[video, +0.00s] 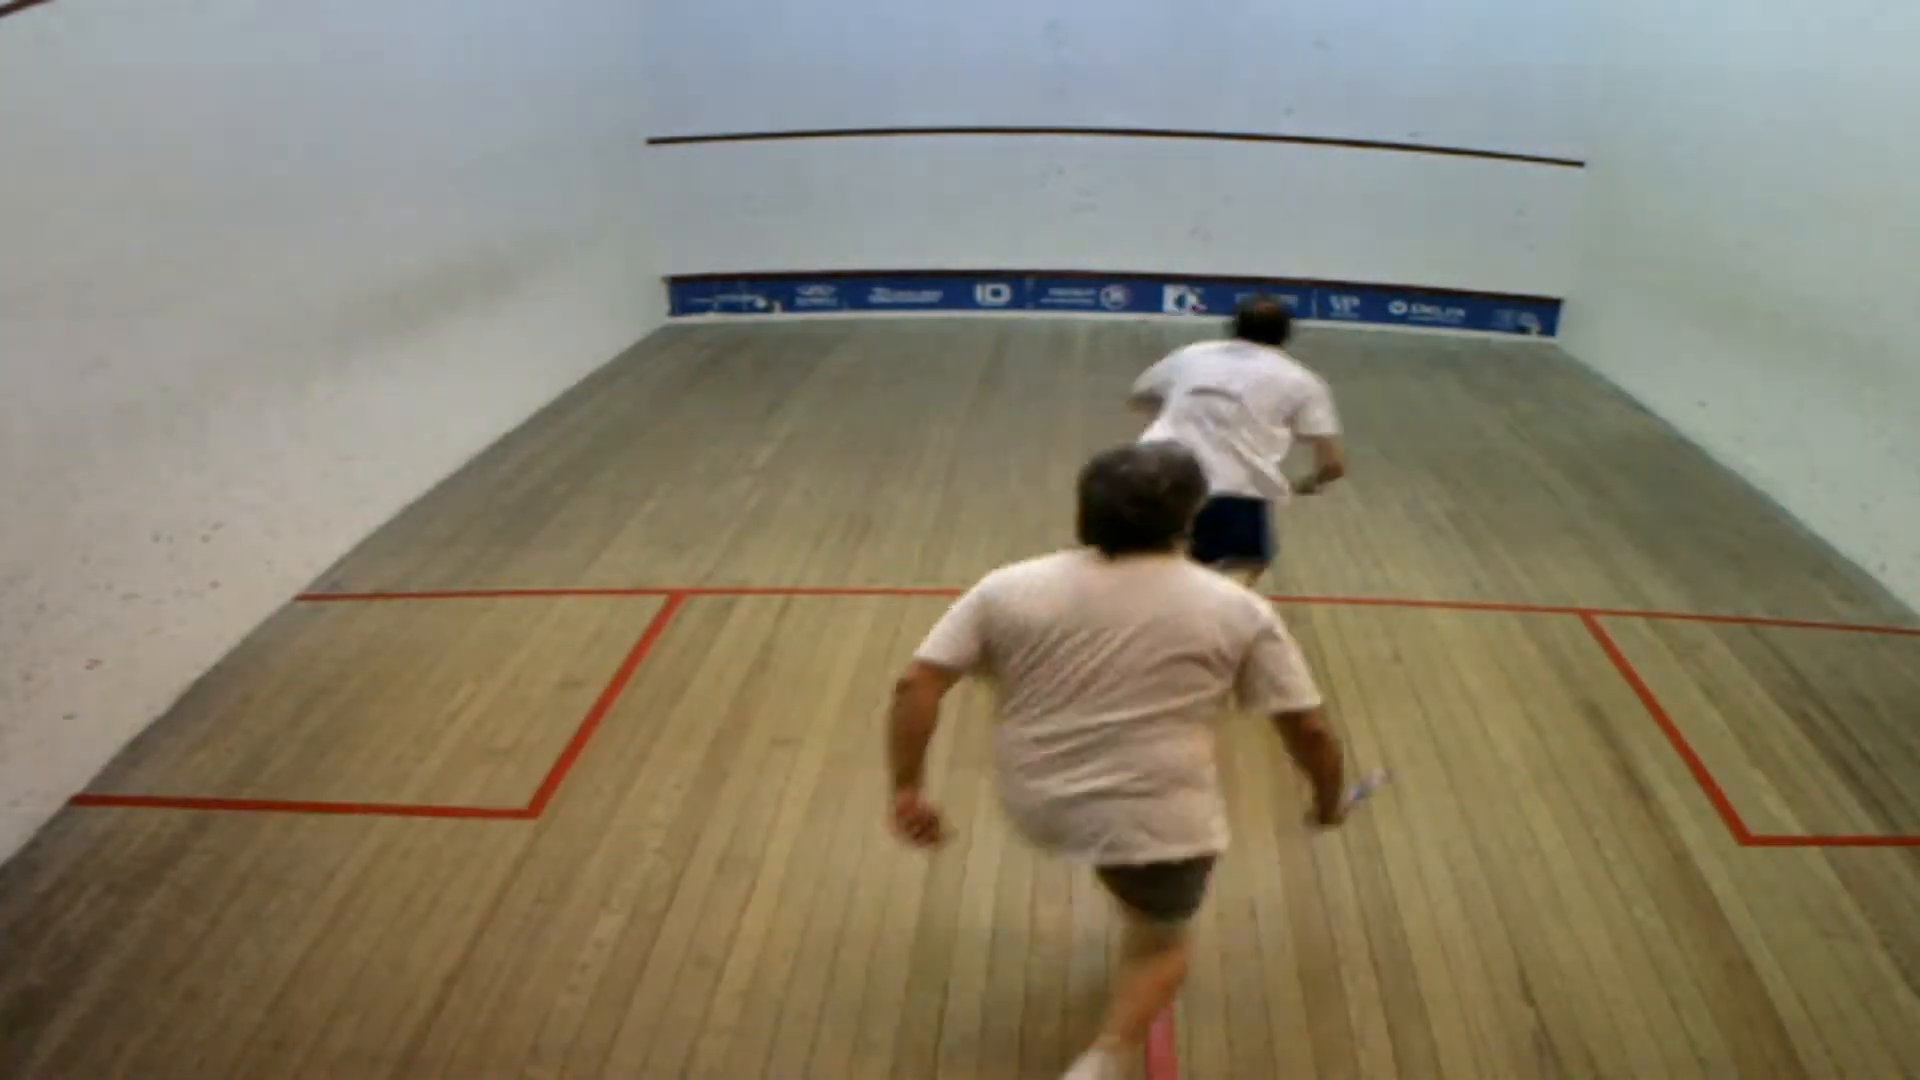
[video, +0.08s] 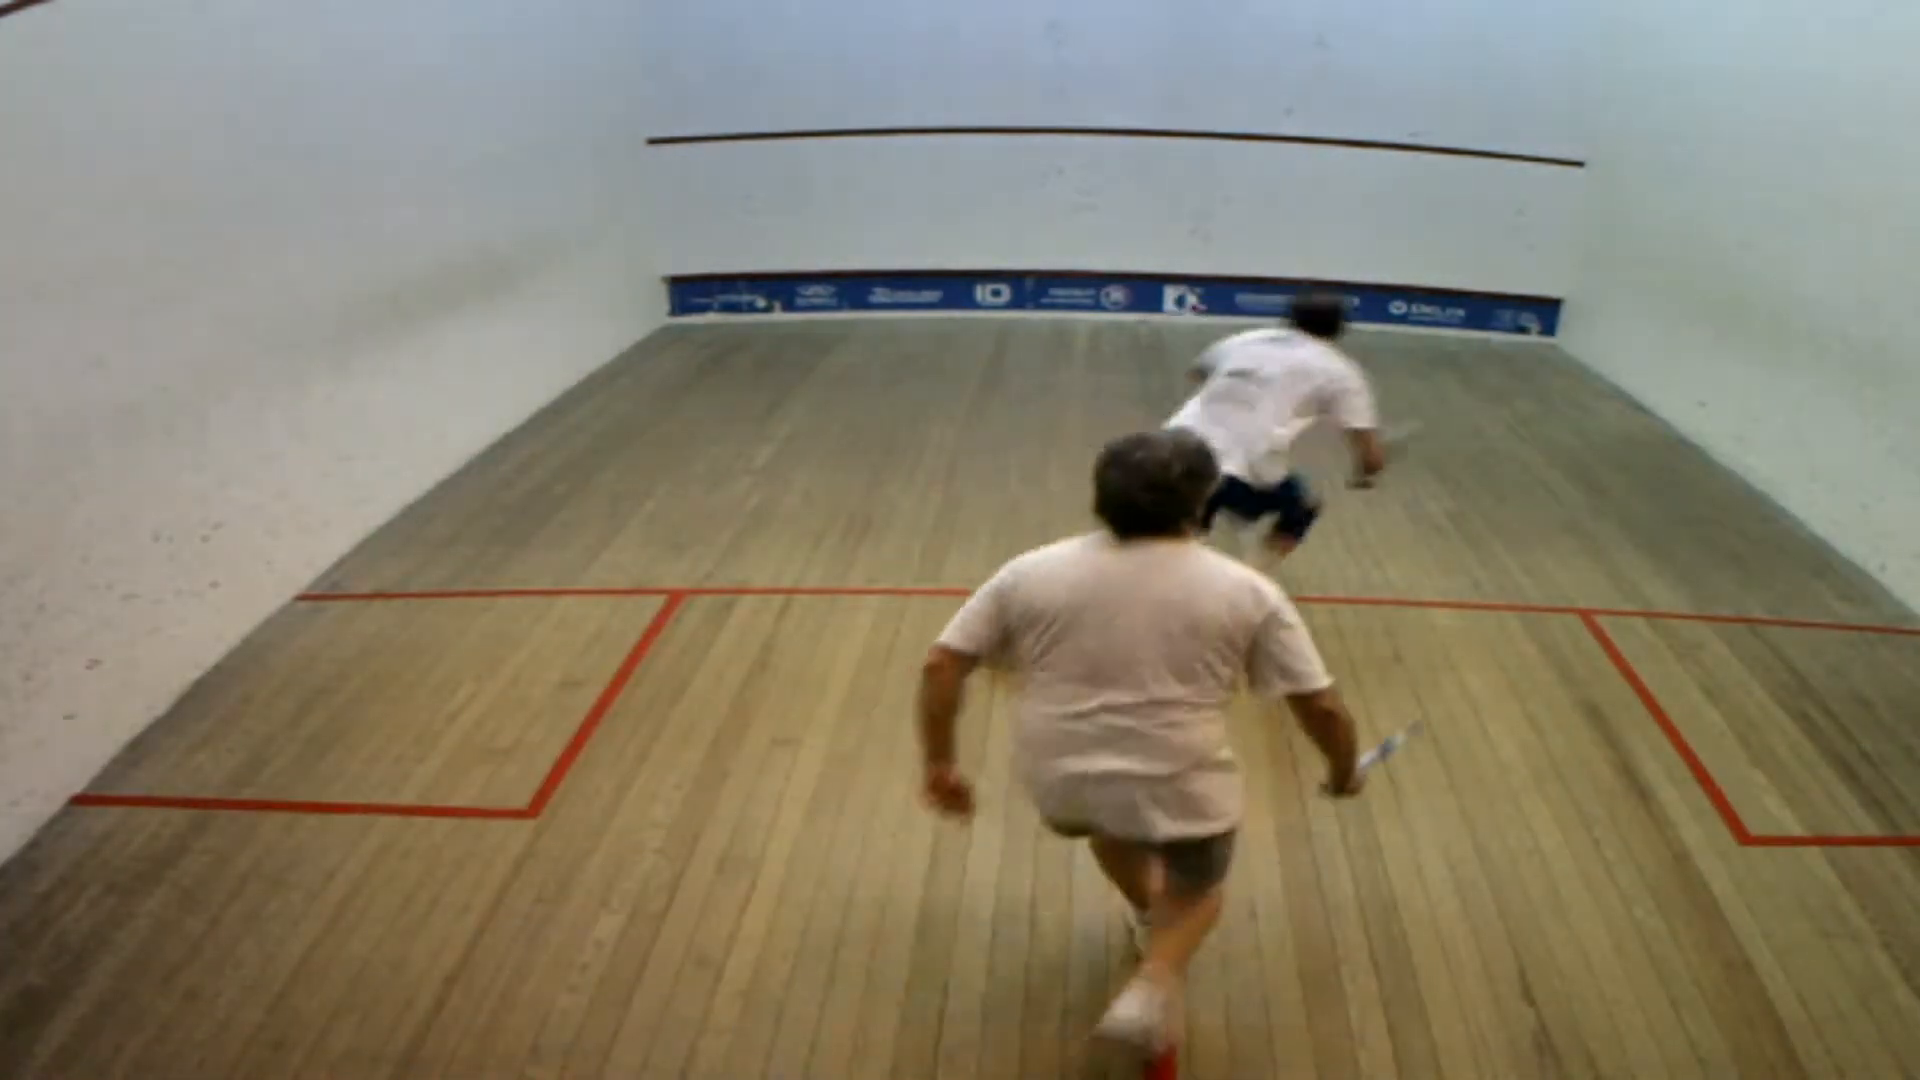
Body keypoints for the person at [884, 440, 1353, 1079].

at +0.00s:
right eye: (1193, 516)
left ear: (1087, 516)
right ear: (1185, 524)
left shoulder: (1015, 591)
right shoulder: (1229, 608)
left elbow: (916, 684)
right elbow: (1310, 731)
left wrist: (905, 789)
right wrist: (1330, 800)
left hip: (1039, 812)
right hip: (1160, 828)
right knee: (1158, 949)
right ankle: (1101, 1062)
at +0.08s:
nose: (1210, 509)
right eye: (1206, 500)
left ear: (1103, 501)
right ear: (1197, 510)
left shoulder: (1037, 575)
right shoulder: (1240, 590)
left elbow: (942, 664)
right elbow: (1320, 707)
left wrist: (939, 765)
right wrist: (1345, 768)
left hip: (1063, 792)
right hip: (1182, 793)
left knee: (1110, 829)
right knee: (1196, 888)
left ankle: (1157, 919)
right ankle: (1147, 992)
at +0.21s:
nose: (1239, 473)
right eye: (1234, 464)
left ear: (1143, 465)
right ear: (1226, 470)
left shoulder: (1085, 526)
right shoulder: (1270, 544)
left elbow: (1002, 610)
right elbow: (1341, 652)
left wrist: (1024, 659)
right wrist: (1362, 719)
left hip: (1095, 720)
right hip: (1207, 718)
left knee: (1121, 787)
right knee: (1224, 755)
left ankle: (1156, 914)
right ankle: (1225, 855)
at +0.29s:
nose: (1245, 453)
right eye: (1242, 444)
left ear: (1158, 446)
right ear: (1236, 450)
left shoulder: (1102, 504)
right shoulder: (1281, 526)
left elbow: (1024, 570)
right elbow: (1344, 631)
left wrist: (1068, 609)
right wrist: (1360, 699)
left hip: (1113, 704)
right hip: (1222, 700)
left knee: (1118, 777)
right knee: (1236, 732)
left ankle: (1154, 888)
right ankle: (1243, 779)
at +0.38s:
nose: (1251, 449)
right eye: (1248, 441)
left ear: (1170, 443)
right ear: (1244, 449)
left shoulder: (1119, 502)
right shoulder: (1291, 522)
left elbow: (1043, 559)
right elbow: (1348, 618)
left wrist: (1078, 588)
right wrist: (1359, 690)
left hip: (1124, 682)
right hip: (1229, 687)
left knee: (1076, 744)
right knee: (1247, 704)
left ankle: (1133, 848)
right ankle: (1251, 764)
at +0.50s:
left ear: (1159, 438)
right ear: (1231, 440)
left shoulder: (1112, 498)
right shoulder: (1277, 511)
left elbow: (1059, 568)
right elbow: (1327, 604)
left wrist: (1078, 605)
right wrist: (1341, 673)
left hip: (1136, 665)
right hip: (1239, 670)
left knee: (1045, 712)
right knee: (1256, 678)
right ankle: (1248, 760)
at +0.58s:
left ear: (1152, 442)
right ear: (1224, 443)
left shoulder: (1108, 499)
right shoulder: (1271, 510)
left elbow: (1073, 573)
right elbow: (1318, 602)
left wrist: (1100, 629)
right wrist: (1335, 674)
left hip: (1134, 657)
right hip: (1238, 661)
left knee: (1045, 725)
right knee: (1264, 664)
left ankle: (1033, 846)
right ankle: (1250, 758)